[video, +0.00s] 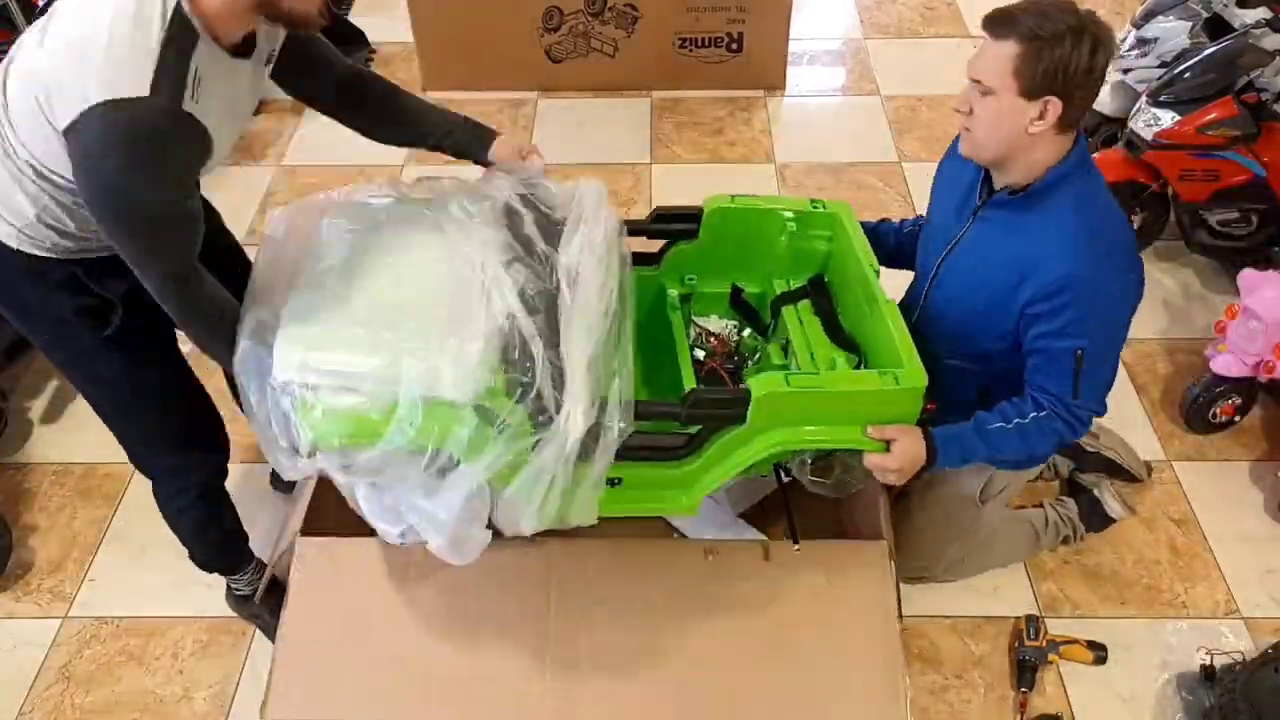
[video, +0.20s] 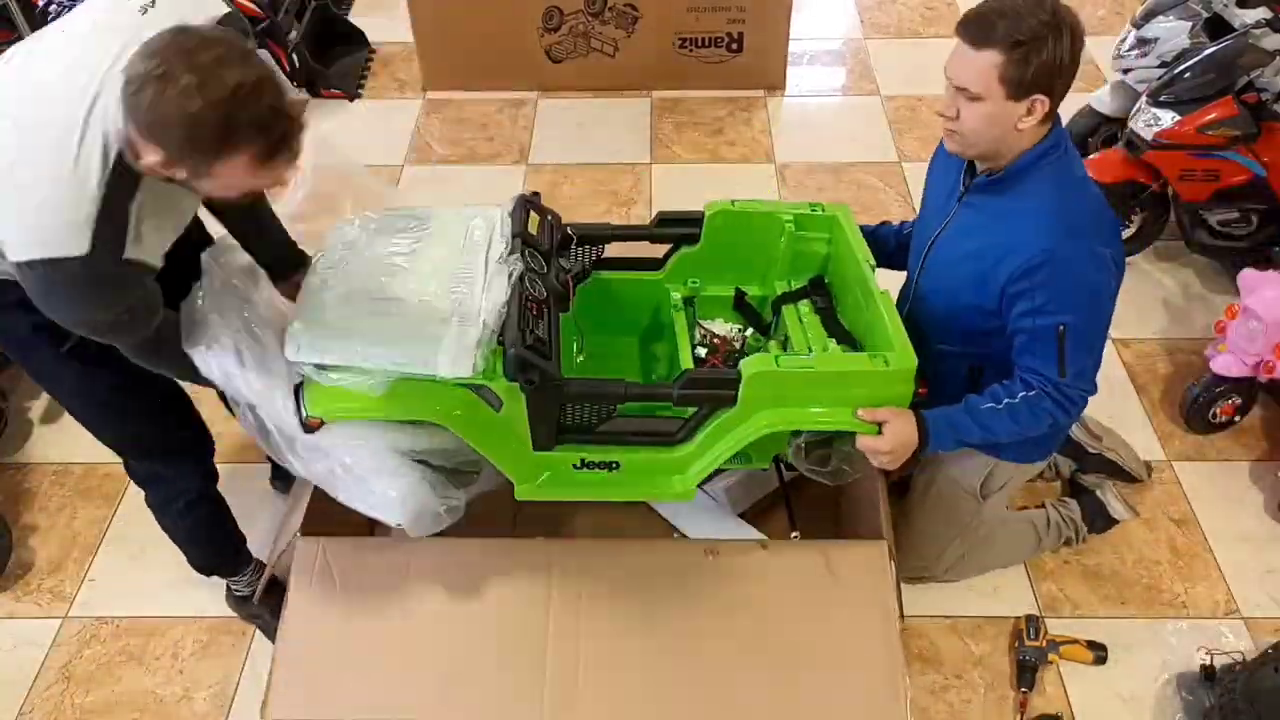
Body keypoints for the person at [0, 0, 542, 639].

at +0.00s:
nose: (332, 4)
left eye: (334, 0)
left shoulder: (252, 26)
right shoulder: (126, 113)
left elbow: (358, 96)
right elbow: (181, 284)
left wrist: (488, 145)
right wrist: (279, 388)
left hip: (155, 195)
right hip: (48, 246)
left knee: (265, 333)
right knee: (179, 437)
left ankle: (302, 456)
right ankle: (241, 576)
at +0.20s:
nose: (270, 192)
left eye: (272, 175)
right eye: (244, 188)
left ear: (255, 68)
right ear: (165, 164)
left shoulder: (211, 28)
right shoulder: (65, 259)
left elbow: (230, 191)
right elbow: (170, 345)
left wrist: (290, 269)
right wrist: (269, 382)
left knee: (242, 342)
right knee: (170, 444)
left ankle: (296, 462)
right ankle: (239, 575)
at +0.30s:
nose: (274, 180)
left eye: (284, 156)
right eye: (252, 163)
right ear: (172, 119)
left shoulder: (204, 58)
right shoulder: (57, 232)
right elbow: (143, 395)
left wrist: (307, 321)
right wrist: (252, 443)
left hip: (129, 224)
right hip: (19, 289)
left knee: (217, 361)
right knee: (153, 460)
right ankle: (239, 578)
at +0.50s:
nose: (173, 327)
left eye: (173, 305)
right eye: (145, 334)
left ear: (155, 194)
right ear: (31, 266)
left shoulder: (204, 59)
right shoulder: (5, 213)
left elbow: (238, 132)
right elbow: (12, 359)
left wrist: (282, 242)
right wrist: (145, 407)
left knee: (241, 344)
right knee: (129, 427)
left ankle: (278, 500)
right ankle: (233, 570)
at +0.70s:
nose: (263, 138)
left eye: (267, 119)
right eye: (239, 132)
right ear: (147, 106)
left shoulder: (198, 52)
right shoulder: (11, 143)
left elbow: (245, 142)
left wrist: (297, 244)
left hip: (168, 208)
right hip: (53, 268)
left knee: (263, 337)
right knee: (178, 444)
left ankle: (275, 456)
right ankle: (240, 575)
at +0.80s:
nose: (378, 88)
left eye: (390, 69)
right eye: (386, 67)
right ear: (349, 55)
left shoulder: (246, 61)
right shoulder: (208, 128)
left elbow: (207, 222)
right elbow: (99, 288)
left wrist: (284, 331)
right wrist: (253, 376)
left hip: (95, 240)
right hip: (17, 286)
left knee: (207, 369)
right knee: (161, 466)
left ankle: (272, 458)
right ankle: (223, 598)